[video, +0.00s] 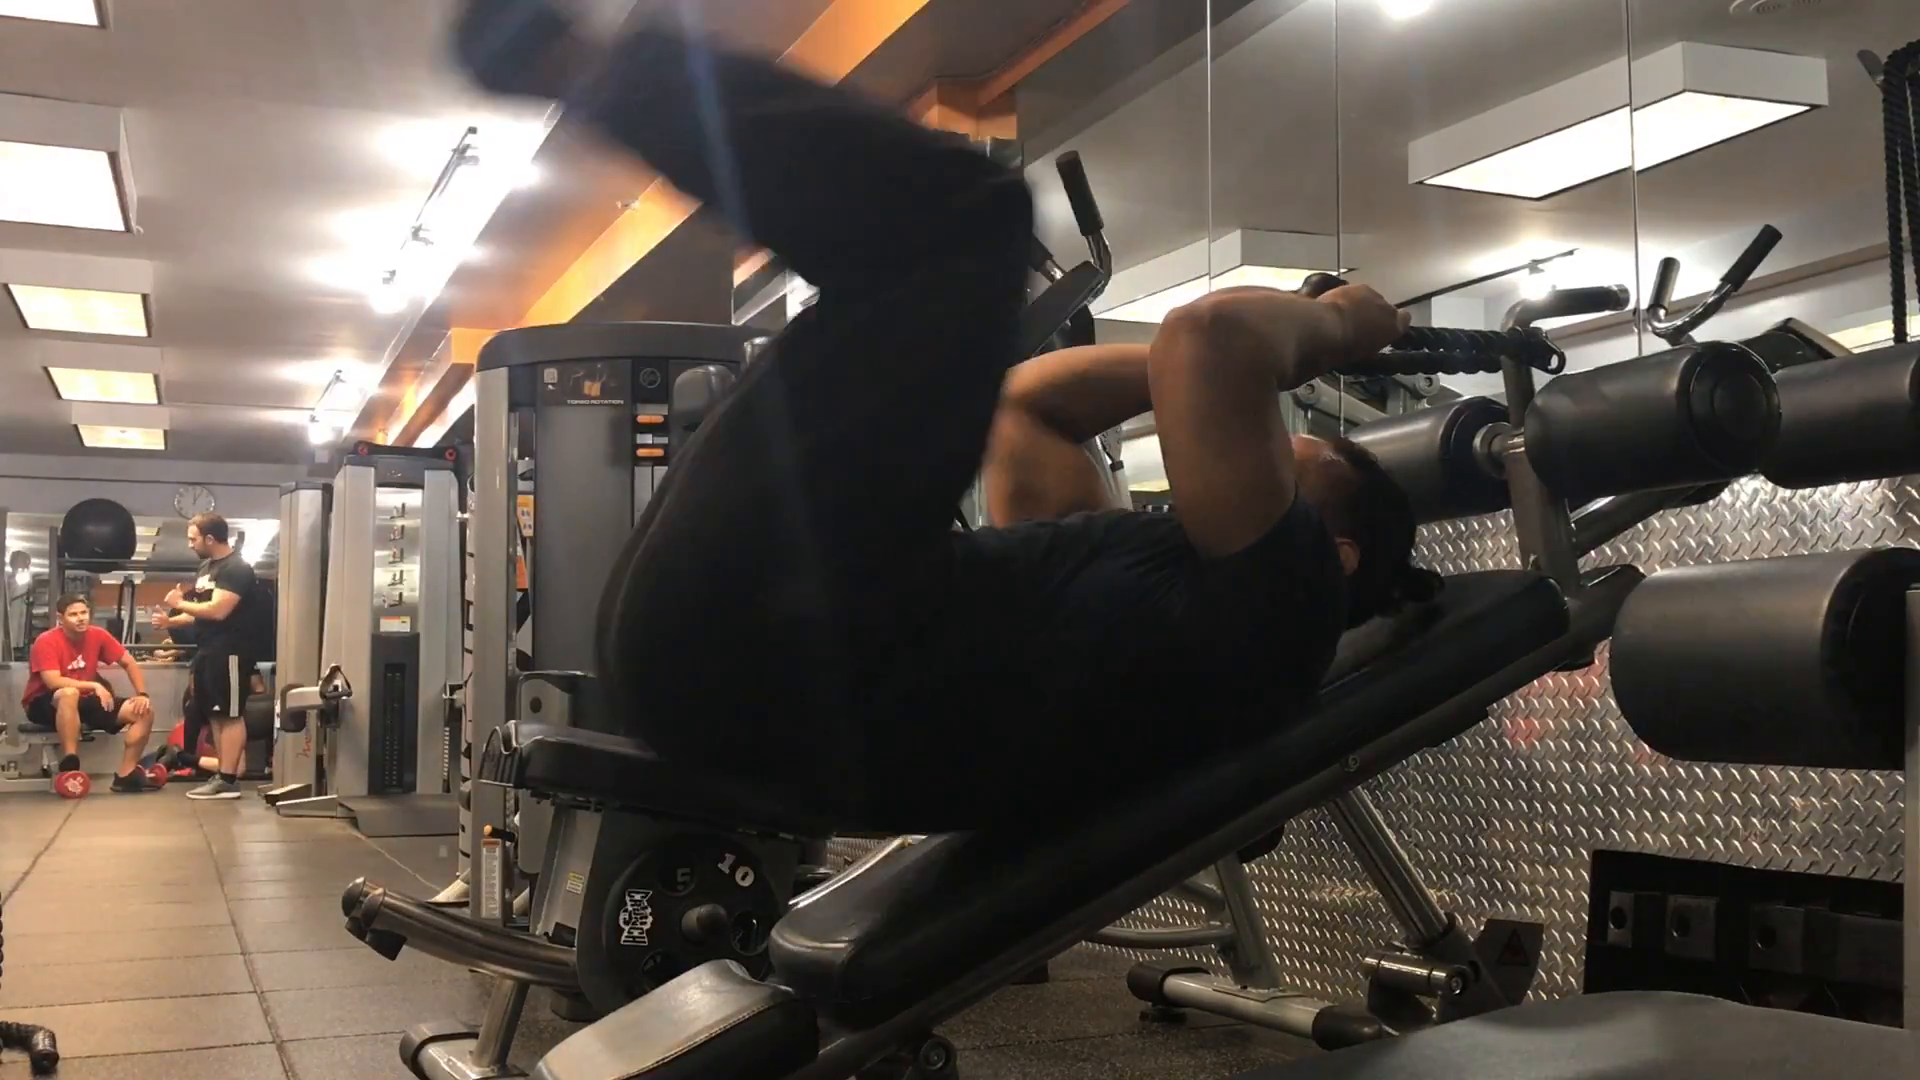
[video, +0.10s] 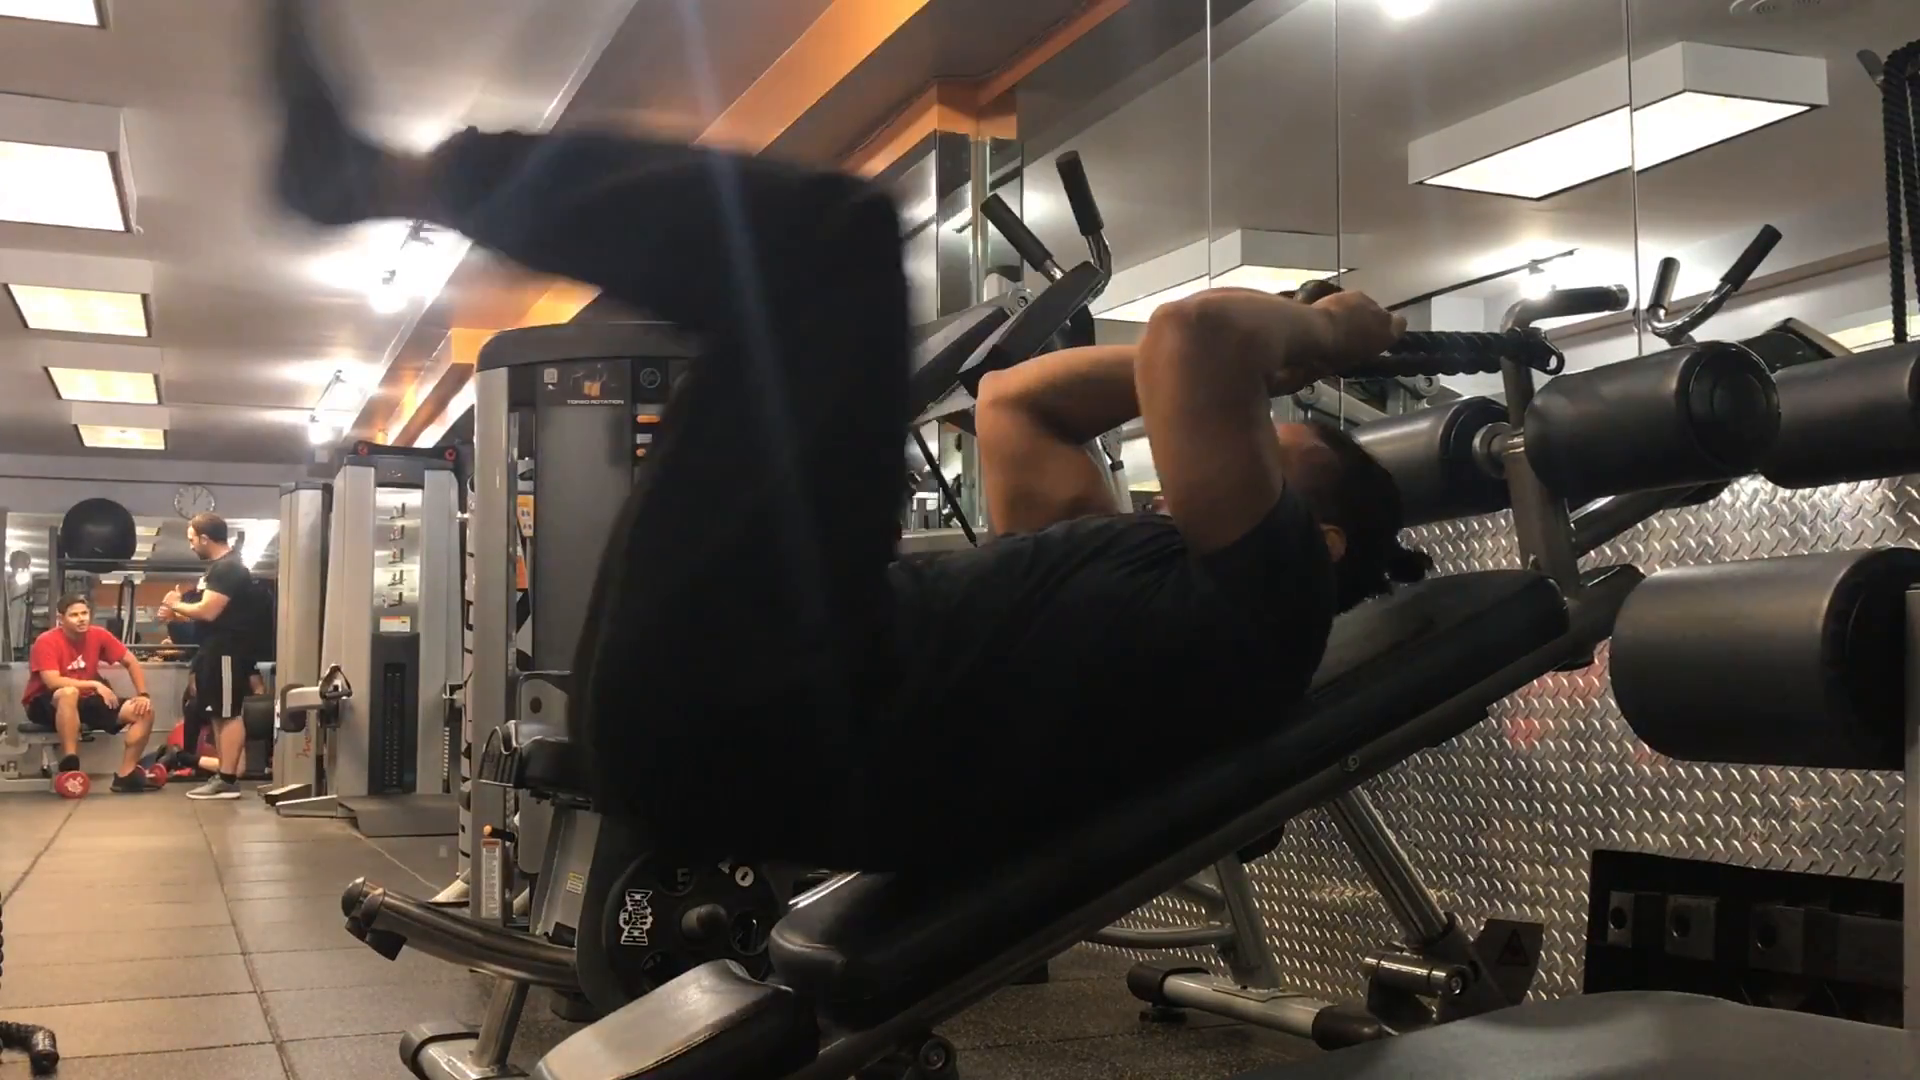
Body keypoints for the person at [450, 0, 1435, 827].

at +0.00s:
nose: (1296, 444)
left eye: (1325, 457)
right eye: (1311, 440)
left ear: (1341, 543)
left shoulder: (1283, 599)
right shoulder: (1134, 593)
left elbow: (1211, 338)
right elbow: (1025, 405)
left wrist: (1333, 318)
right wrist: (1206, 371)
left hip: (758, 675)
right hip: (710, 667)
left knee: (973, 213)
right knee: (956, 233)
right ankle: (576, 61)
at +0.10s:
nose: (1265, 448)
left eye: (1296, 452)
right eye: (1284, 444)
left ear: (1322, 514)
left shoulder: (1263, 606)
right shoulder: (1109, 576)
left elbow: (1198, 331)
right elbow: (1011, 400)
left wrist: (1334, 325)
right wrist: (1213, 372)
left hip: (744, 741)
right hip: (705, 710)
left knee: (840, 234)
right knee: (820, 271)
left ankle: (380, 176)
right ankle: (397, 180)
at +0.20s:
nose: (1222, 453)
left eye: (1266, 456)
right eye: (1248, 447)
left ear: (1298, 503)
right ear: (1239, 482)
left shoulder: (1241, 604)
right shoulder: (1090, 568)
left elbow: (1183, 320)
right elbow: (1011, 398)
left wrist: (1322, 336)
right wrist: (1204, 367)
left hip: (751, 805)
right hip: (702, 753)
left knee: (704, 285)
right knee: (686, 292)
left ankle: (214, 339)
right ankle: (223, 338)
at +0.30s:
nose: (1206, 470)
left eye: (1247, 469)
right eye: (1231, 459)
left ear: (1280, 512)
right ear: (1223, 500)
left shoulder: (1229, 620)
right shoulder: (1088, 579)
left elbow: (1173, 327)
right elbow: (1014, 399)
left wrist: (1320, 343)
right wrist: (1211, 393)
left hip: (753, 868)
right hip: (717, 804)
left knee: (507, 350)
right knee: (507, 342)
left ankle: (71, 541)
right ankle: (85, 533)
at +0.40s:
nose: (1197, 460)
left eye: (1239, 450)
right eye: (1216, 447)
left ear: (1277, 503)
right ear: (1212, 499)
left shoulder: (1236, 625)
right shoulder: (1086, 582)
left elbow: (1165, 331)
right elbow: (1012, 404)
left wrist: (1306, 343)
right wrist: (1213, 407)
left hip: (735, 882)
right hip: (698, 799)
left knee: (342, 467)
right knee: (344, 463)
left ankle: (27, 676)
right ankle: (46, 642)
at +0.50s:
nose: (1161, 464)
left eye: (1207, 450)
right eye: (1187, 456)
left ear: (1255, 500)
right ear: (1211, 510)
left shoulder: (1229, 621)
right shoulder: (1078, 579)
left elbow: (1162, 334)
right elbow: (1009, 407)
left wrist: (1311, 346)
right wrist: (1207, 407)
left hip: (706, 876)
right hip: (681, 782)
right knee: (209, 605)